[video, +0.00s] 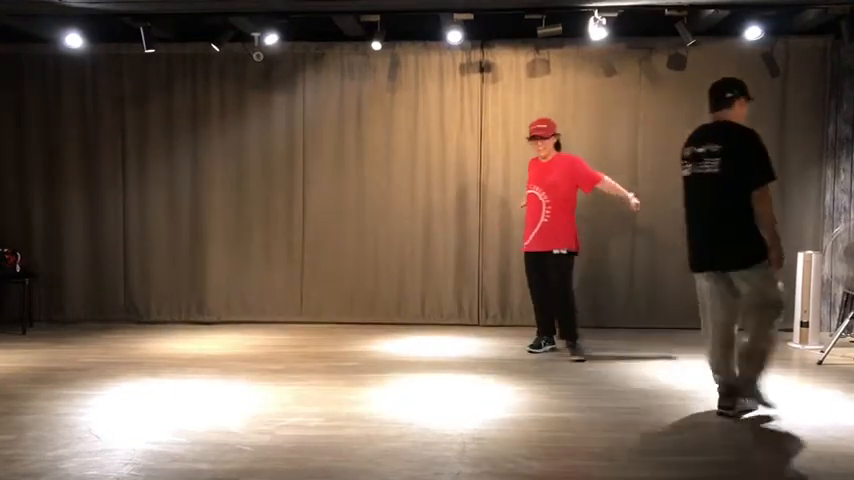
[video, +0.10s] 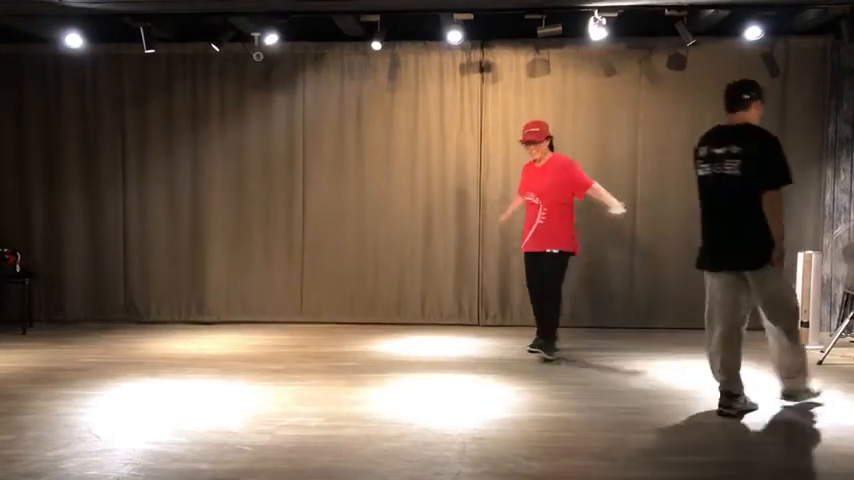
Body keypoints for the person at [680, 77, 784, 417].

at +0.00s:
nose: (746, 110)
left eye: (745, 104)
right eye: (745, 104)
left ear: (713, 105)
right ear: (736, 103)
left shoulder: (693, 141)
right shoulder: (746, 139)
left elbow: (693, 199)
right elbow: (760, 197)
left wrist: (696, 241)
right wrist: (774, 242)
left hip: (702, 245)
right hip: (741, 243)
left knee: (717, 317)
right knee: (766, 304)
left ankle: (727, 392)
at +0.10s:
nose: (761, 111)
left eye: (760, 106)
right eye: (761, 106)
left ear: (728, 106)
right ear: (754, 105)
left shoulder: (705, 142)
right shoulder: (762, 141)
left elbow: (708, 199)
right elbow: (771, 196)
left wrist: (712, 238)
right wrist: (778, 241)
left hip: (716, 247)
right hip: (756, 246)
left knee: (723, 325)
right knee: (783, 316)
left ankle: (729, 395)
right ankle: (794, 386)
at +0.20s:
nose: (775, 116)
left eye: (773, 111)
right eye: (775, 111)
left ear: (743, 110)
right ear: (769, 110)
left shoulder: (720, 145)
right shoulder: (778, 146)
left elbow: (716, 199)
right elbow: (787, 202)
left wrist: (721, 241)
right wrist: (791, 248)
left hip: (728, 249)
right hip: (769, 250)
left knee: (729, 324)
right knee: (791, 318)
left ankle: (731, 394)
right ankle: (805, 379)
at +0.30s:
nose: (790, 118)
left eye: (788, 112)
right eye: (789, 113)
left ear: (756, 113)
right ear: (784, 113)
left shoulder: (733, 148)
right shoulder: (794, 149)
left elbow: (727, 198)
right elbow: (804, 207)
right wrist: (810, 249)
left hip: (744, 250)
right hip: (786, 250)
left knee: (740, 319)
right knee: (801, 317)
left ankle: (737, 386)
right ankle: (806, 383)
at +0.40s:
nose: (796, 115)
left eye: (794, 110)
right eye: (796, 110)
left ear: (765, 111)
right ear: (794, 110)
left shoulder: (743, 145)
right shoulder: (806, 147)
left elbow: (737, 197)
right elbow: (821, 203)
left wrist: (747, 238)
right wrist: (832, 243)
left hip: (757, 247)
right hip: (799, 247)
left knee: (755, 309)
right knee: (806, 319)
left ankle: (758, 354)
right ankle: (806, 384)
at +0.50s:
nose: (798, 114)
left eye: (792, 110)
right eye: (798, 110)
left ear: (767, 112)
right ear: (797, 110)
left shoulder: (748, 147)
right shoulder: (814, 144)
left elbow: (736, 198)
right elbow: (836, 195)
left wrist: (733, 234)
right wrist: (849, 231)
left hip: (762, 244)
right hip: (805, 244)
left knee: (766, 303)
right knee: (808, 314)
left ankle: (778, 356)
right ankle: (807, 383)